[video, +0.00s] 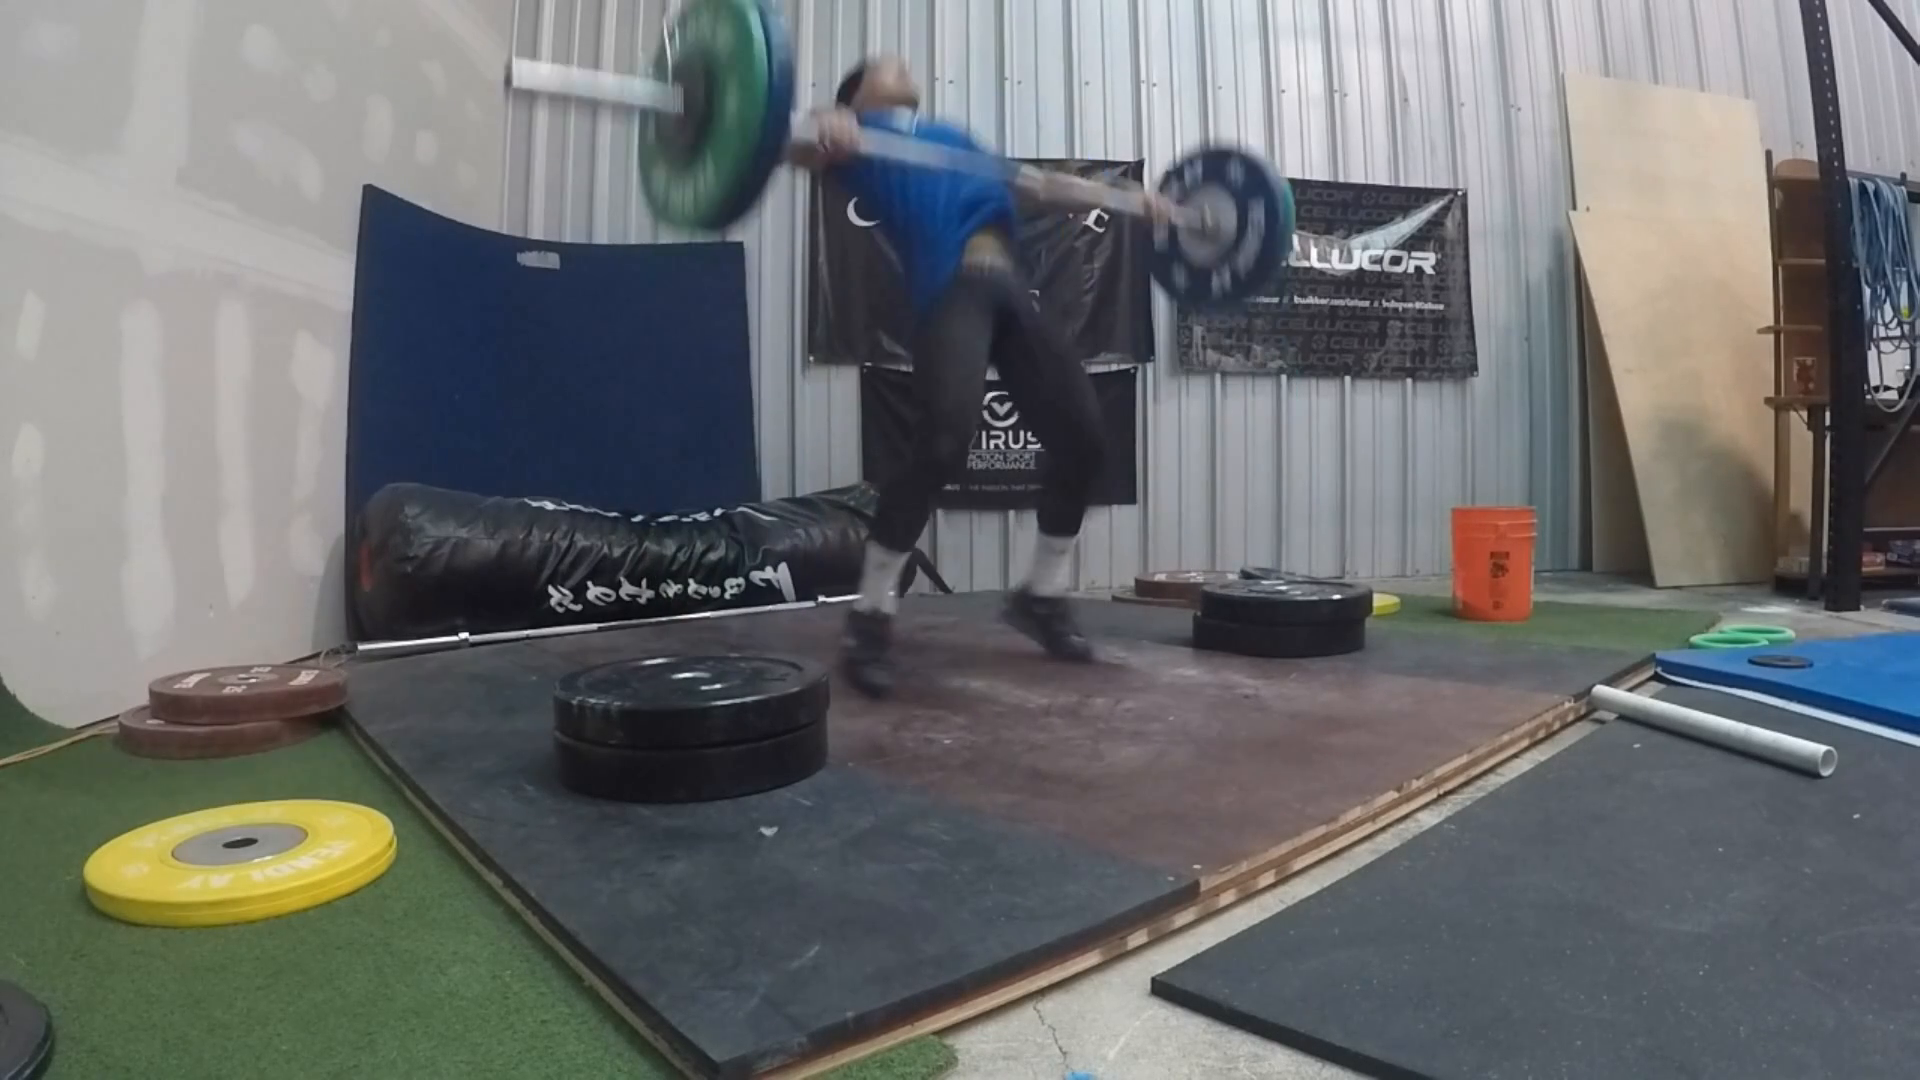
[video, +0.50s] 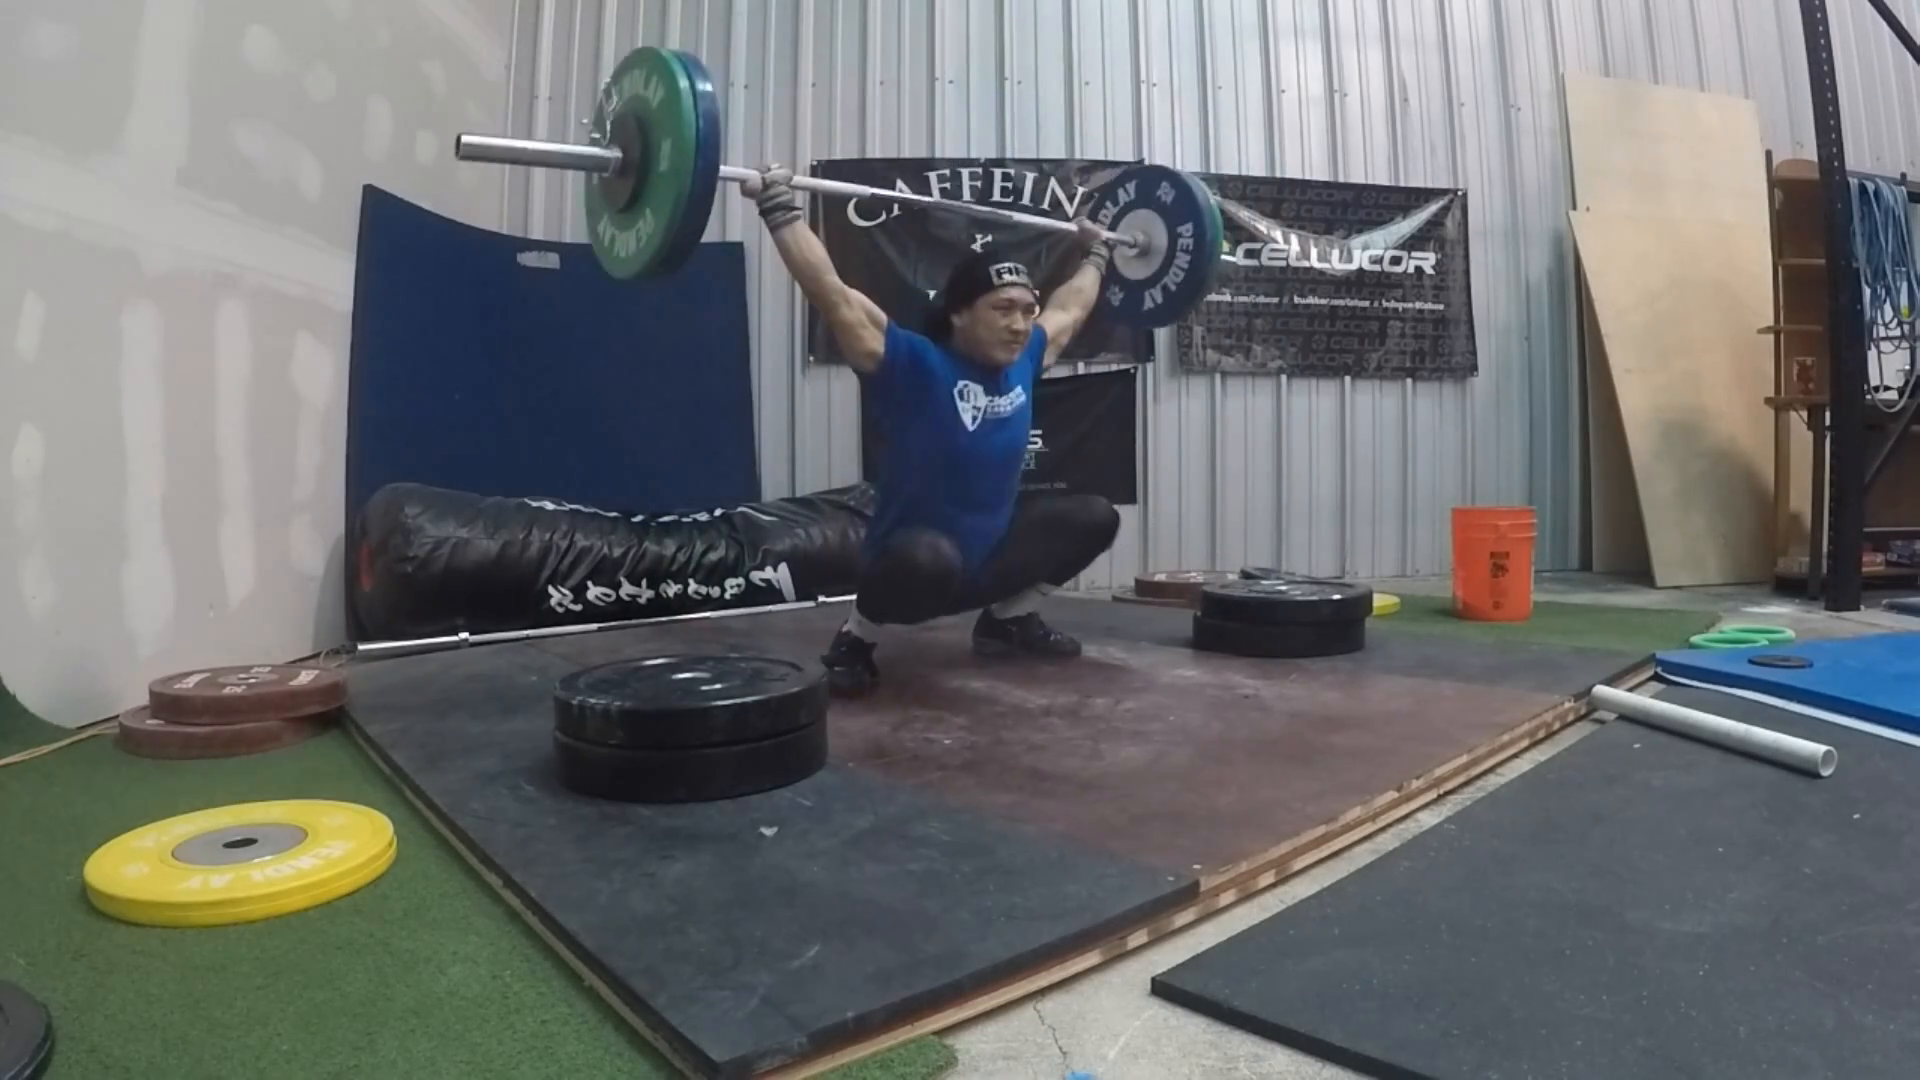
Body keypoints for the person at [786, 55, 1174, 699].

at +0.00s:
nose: (902, 72)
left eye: (904, 67)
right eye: (886, 68)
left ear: (915, 87)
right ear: (858, 92)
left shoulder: (953, 136)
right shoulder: (859, 130)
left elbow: (1038, 185)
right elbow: (797, 146)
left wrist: (1134, 200)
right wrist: (824, 127)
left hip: (1009, 292)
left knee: (1080, 441)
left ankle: (1041, 595)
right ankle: (871, 615)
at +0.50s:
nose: (1020, 325)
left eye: (1027, 311)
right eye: (1004, 309)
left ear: (1033, 315)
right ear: (959, 315)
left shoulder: (1023, 359)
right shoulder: (911, 365)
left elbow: (1068, 309)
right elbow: (833, 297)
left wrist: (1095, 254)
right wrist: (780, 209)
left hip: (990, 560)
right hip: (912, 570)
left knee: (1093, 517)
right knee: (927, 555)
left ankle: (1006, 617)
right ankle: (856, 639)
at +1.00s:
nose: (986, 294)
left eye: (991, 283)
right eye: (970, 280)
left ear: (998, 293)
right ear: (927, 295)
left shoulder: (993, 335)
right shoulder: (881, 337)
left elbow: (1042, 279)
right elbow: (815, 267)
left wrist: (1075, 228)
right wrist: (757, 179)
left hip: (957, 535)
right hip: (883, 538)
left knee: (1058, 494)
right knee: (888, 507)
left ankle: (1005, 617)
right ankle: (847, 636)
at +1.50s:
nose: (998, 194)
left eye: (1001, 184)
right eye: (982, 182)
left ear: (1006, 200)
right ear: (938, 197)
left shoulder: (1006, 247)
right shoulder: (890, 244)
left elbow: (1052, 192)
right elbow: (820, 171)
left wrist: (1080, 148)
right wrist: (759, 87)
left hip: (954, 446)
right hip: (871, 439)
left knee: (1057, 487)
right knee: (895, 493)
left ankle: (1006, 616)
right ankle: (846, 633)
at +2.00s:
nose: (953, 68)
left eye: (959, 57)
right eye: (939, 52)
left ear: (962, 69)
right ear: (895, 60)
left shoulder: (959, 124)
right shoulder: (848, 112)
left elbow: (1011, 80)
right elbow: (775, 32)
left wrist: (1042, 40)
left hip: (917, 353)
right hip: (839, 345)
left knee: (981, 472)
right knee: (853, 475)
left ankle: (1001, 617)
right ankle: (827, 634)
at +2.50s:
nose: (891, 64)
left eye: (897, 53)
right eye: (879, 50)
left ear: (900, 61)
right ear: (836, 52)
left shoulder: (907, 113)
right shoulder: (797, 110)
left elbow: (970, 69)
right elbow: (731, 34)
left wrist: (1015, 23)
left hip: (900, 327)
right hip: (828, 328)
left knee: (897, 469)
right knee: (831, 463)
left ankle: (878, 613)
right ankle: (826, 629)